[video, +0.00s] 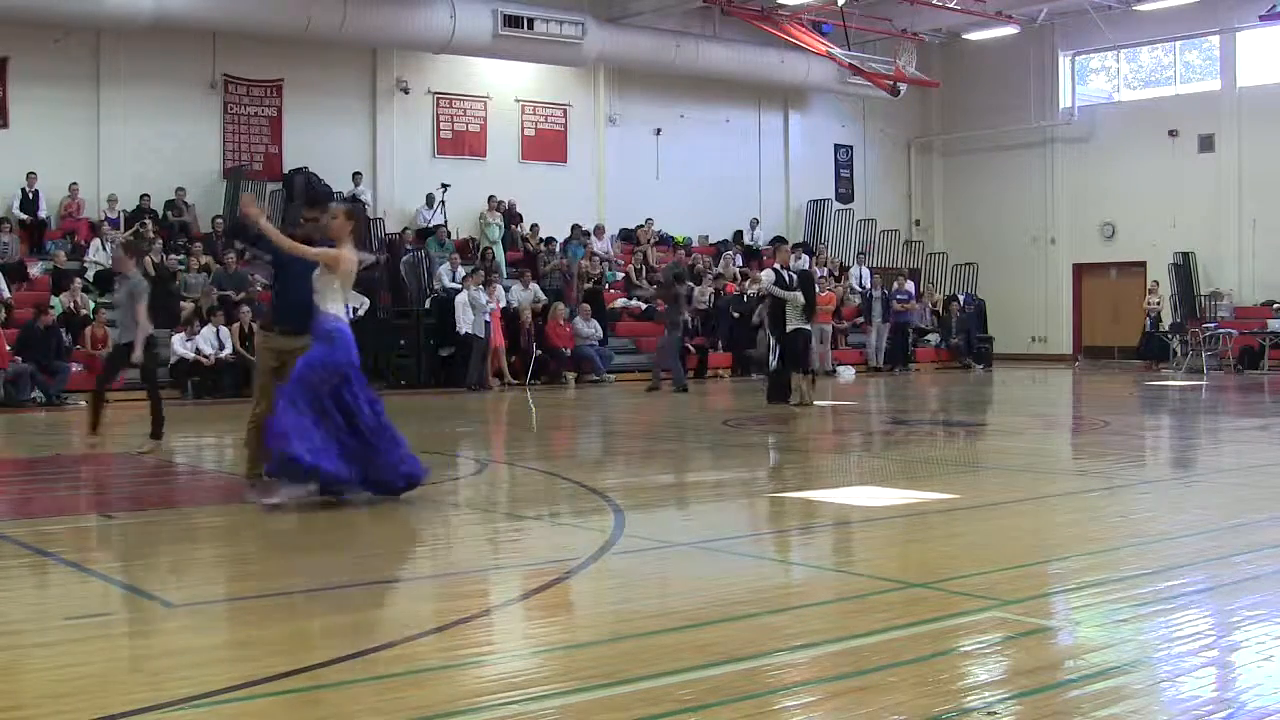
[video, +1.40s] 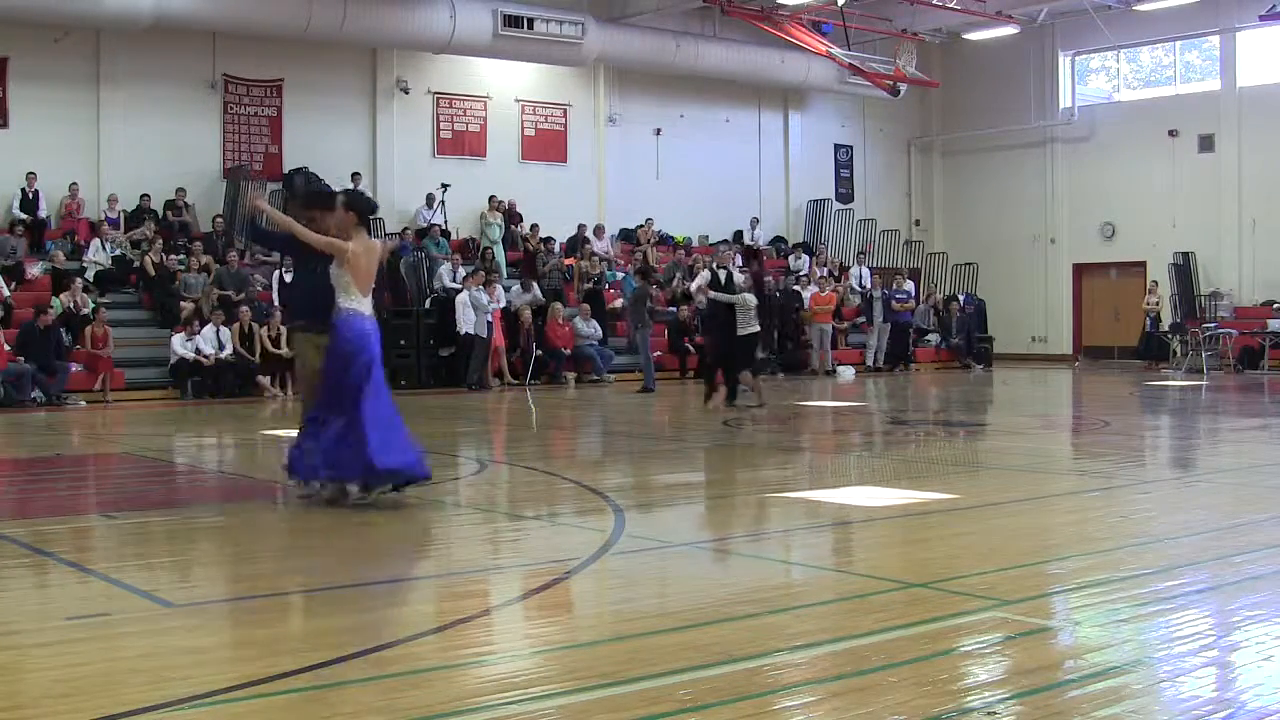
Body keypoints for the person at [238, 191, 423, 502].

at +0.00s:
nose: (328, 223)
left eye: (335, 218)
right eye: (328, 218)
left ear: (350, 224)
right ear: (338, 224)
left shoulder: (339, 255)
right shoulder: (346, 255)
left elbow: (291, 247)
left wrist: (260, 219)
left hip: (332, 341)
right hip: (337, 339)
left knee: (291, 397)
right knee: (341, 407)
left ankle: (300, 470)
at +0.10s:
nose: (306, 222)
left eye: (312, 217)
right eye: (307, 217)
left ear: (330, 223)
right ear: (330, 224)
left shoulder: (311, 252)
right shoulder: (341, 260)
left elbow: (266, 233)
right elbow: (330, 287)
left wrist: (251, 201)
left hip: (303, 334)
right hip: (322, 335)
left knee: (272, 399)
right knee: (322, 406)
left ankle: (251, 479)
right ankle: (336, 478)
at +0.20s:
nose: (289, 220)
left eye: (294, 215)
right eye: (291, 215)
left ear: (310, 219)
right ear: (312, 220)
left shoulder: (295, 250)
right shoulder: (325, 259)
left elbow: (244, 222)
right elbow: (331, 284)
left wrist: (240, 190)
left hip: (277, 330)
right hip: (300, 333)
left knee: (264, 404)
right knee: (294, 404)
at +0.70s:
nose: (264, 219)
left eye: (267, 213)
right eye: (266, 213)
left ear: (276, 215)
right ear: (296, 215)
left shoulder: (272, 248)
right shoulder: (314, 251)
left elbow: (222, 221)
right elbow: (339, 262)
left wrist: (230, 191)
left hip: (264, 332)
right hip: (291, 334)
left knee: (253, 404)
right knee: (281, 406)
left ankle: (251, 483)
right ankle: (297, 480)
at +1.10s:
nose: (292, 219)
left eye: (295, 213)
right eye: (293, 213)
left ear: (310, 216)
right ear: (321, 214)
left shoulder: (306, 248)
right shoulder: (347, 250)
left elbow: (268, 222)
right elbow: (372, 260)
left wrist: (252, 194)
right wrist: (360, 260)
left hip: (306, 329)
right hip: (334, 331)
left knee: (292, 399)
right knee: (330, 400)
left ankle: (267, 467)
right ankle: (333, 473)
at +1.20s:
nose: (307, 219)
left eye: (310, 213)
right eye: (308, 213)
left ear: (322, 215)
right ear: (335, 216)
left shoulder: (316, 251)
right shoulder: (352, 250)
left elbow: (283, 231)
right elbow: (371, 256)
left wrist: (261, 203)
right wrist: (373, 256)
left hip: (318, 331)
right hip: (344, 331)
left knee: (311, 400)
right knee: (342, 401)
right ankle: (361, 469)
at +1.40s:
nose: (334, 217)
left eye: (338, 212)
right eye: (336, 211)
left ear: (351, 216)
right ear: (362, 217)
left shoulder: (345, 248)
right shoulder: (376, 247)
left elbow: (303, 234)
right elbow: (383, 250)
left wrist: (268, 210)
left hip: (348, 328)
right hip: (369, 327)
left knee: (334, 400)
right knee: (362, 400)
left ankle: (332, 473)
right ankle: (370, 468)